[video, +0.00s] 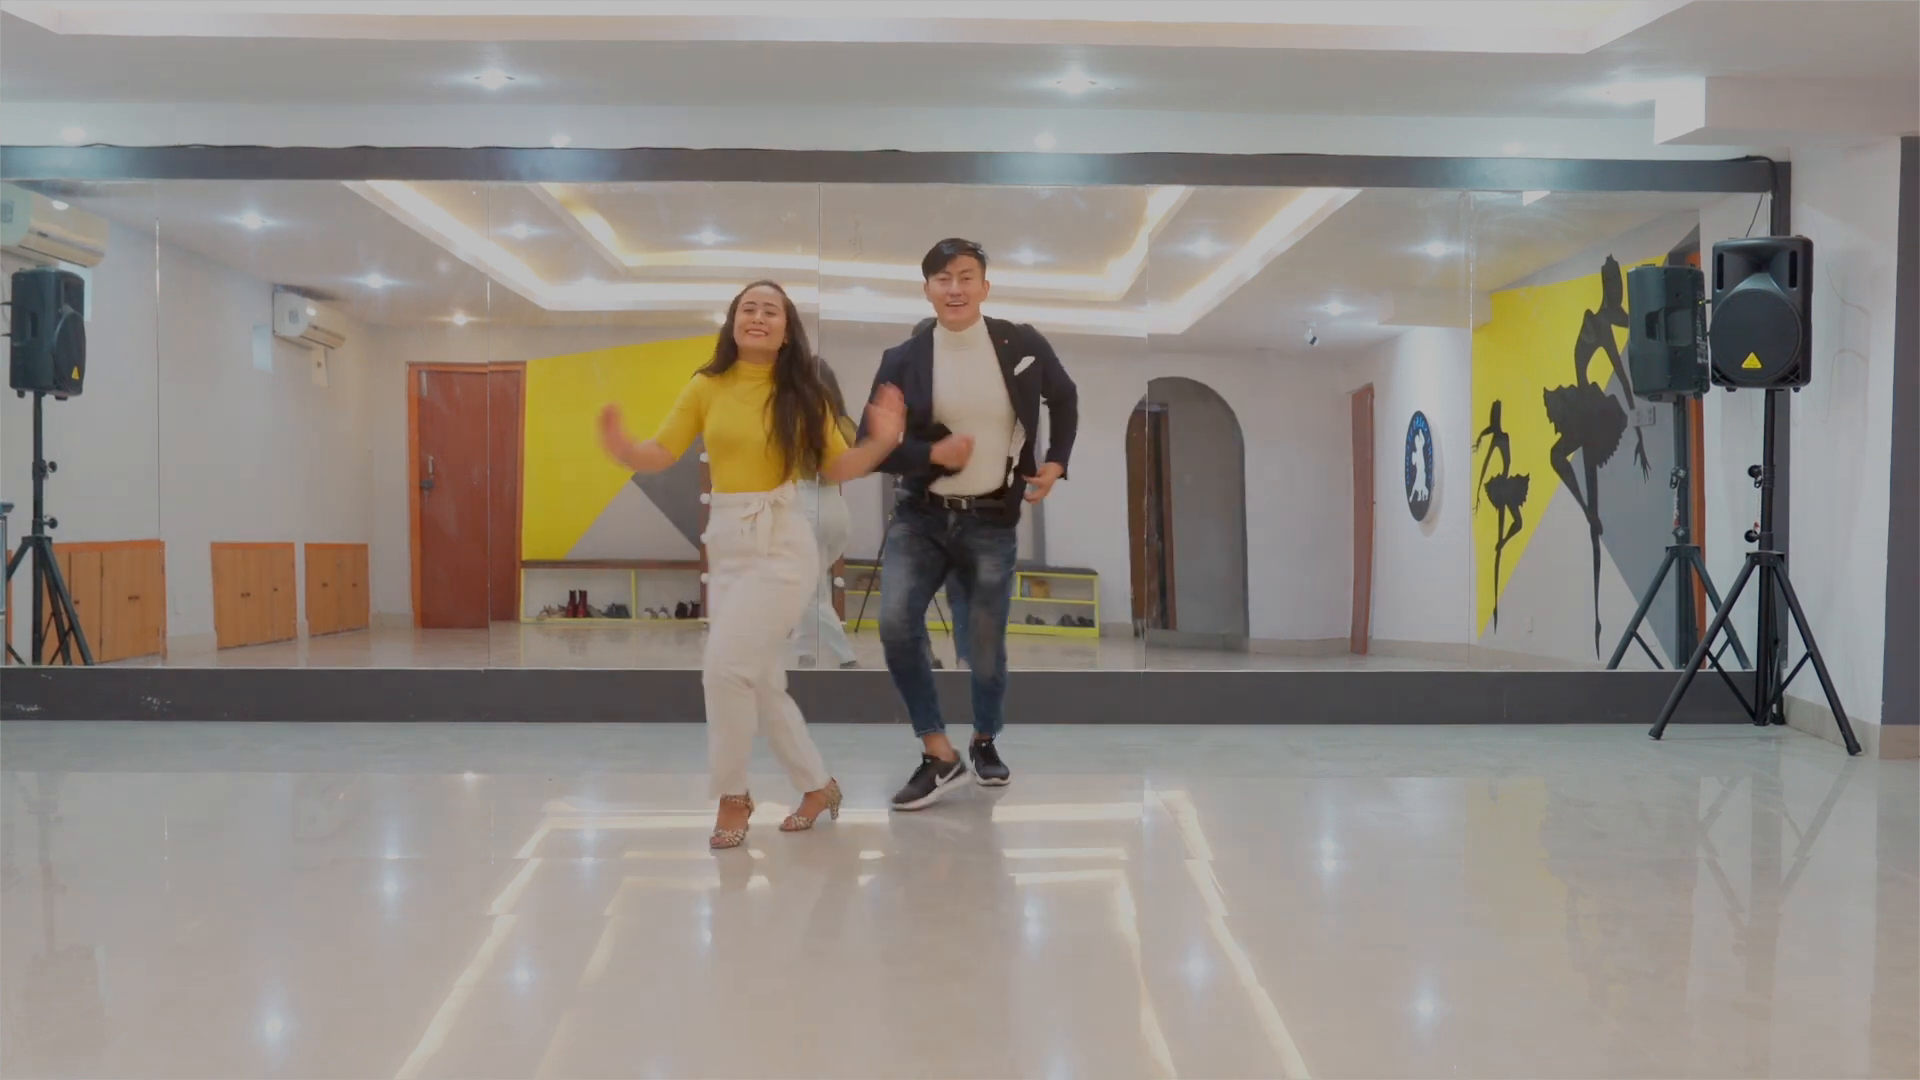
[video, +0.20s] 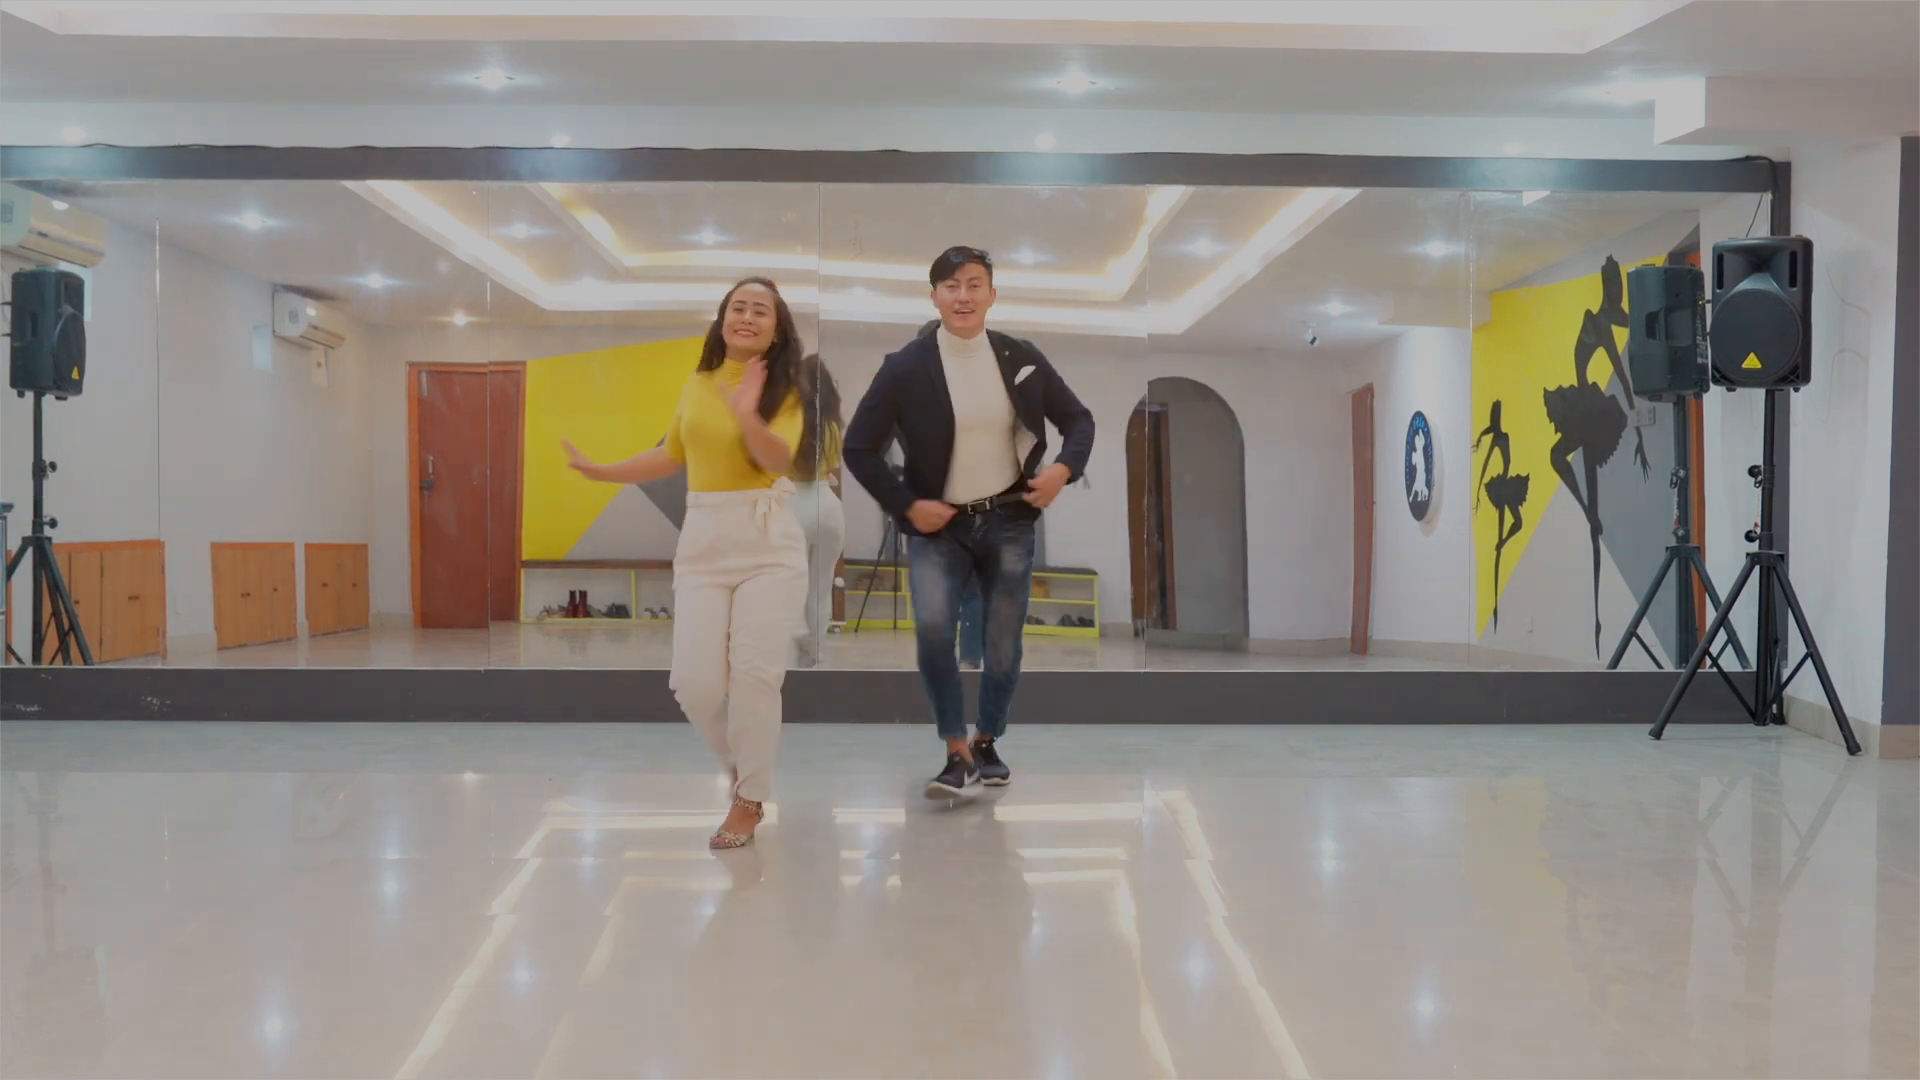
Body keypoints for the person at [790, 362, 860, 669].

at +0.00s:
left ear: (801, 386)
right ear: (833, 386)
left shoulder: (796, 417)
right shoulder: (840, 420)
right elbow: (846, 460)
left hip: (802, 502)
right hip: (834, 500)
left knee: (813, 588)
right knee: (813, 587)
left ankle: (844, 655)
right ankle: (803, 657)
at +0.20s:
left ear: (797, 386)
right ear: (829, 387)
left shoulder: (788, 422)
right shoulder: (833, 425)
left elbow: (777, 465)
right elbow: (836, 466)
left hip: (790, 499)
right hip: (826, 497)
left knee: (793, 583)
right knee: (821, 584)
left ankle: (797, 652)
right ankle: (814, 652)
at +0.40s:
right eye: (815, 379)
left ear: (785, 380)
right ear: (816, 385)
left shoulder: (773, 418)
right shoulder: (820, 425)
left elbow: (758, 468)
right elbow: (837, 468)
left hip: (780, 502)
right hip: (816, 505)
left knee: (781, 585)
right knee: (813, 583)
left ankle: (778, 655)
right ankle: (814, 651)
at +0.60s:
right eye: (810, 378)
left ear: (779, 381)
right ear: (812, 383)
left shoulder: (765, 416)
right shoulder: (816, 422)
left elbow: (751, 463)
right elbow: (830, 461)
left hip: (767, 498)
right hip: (806, 500)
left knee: (776, 586)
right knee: (799, 582)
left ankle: (784, 653)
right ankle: (781, 643)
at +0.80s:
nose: (809, 386)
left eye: (806, 379)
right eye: (805, 381)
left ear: (773, 385)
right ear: (798, 387)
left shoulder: (762, 419)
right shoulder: (805, 424)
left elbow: (754, 457)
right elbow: (832, 457)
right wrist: (831, 420)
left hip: (759, 498)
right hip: (794, 501)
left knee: (763, 587)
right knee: (793, 592)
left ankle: (750, 636)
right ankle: (775, 661)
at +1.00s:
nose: (806, 387)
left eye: (805, 380)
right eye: (801, 381)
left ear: (771, 384)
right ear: (785, 385)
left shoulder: (757, 413)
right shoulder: (789, 418)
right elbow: (804, 468)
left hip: (760, 500)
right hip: (779, 504)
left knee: (811, 572)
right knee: (789, 588)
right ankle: (774, 661)